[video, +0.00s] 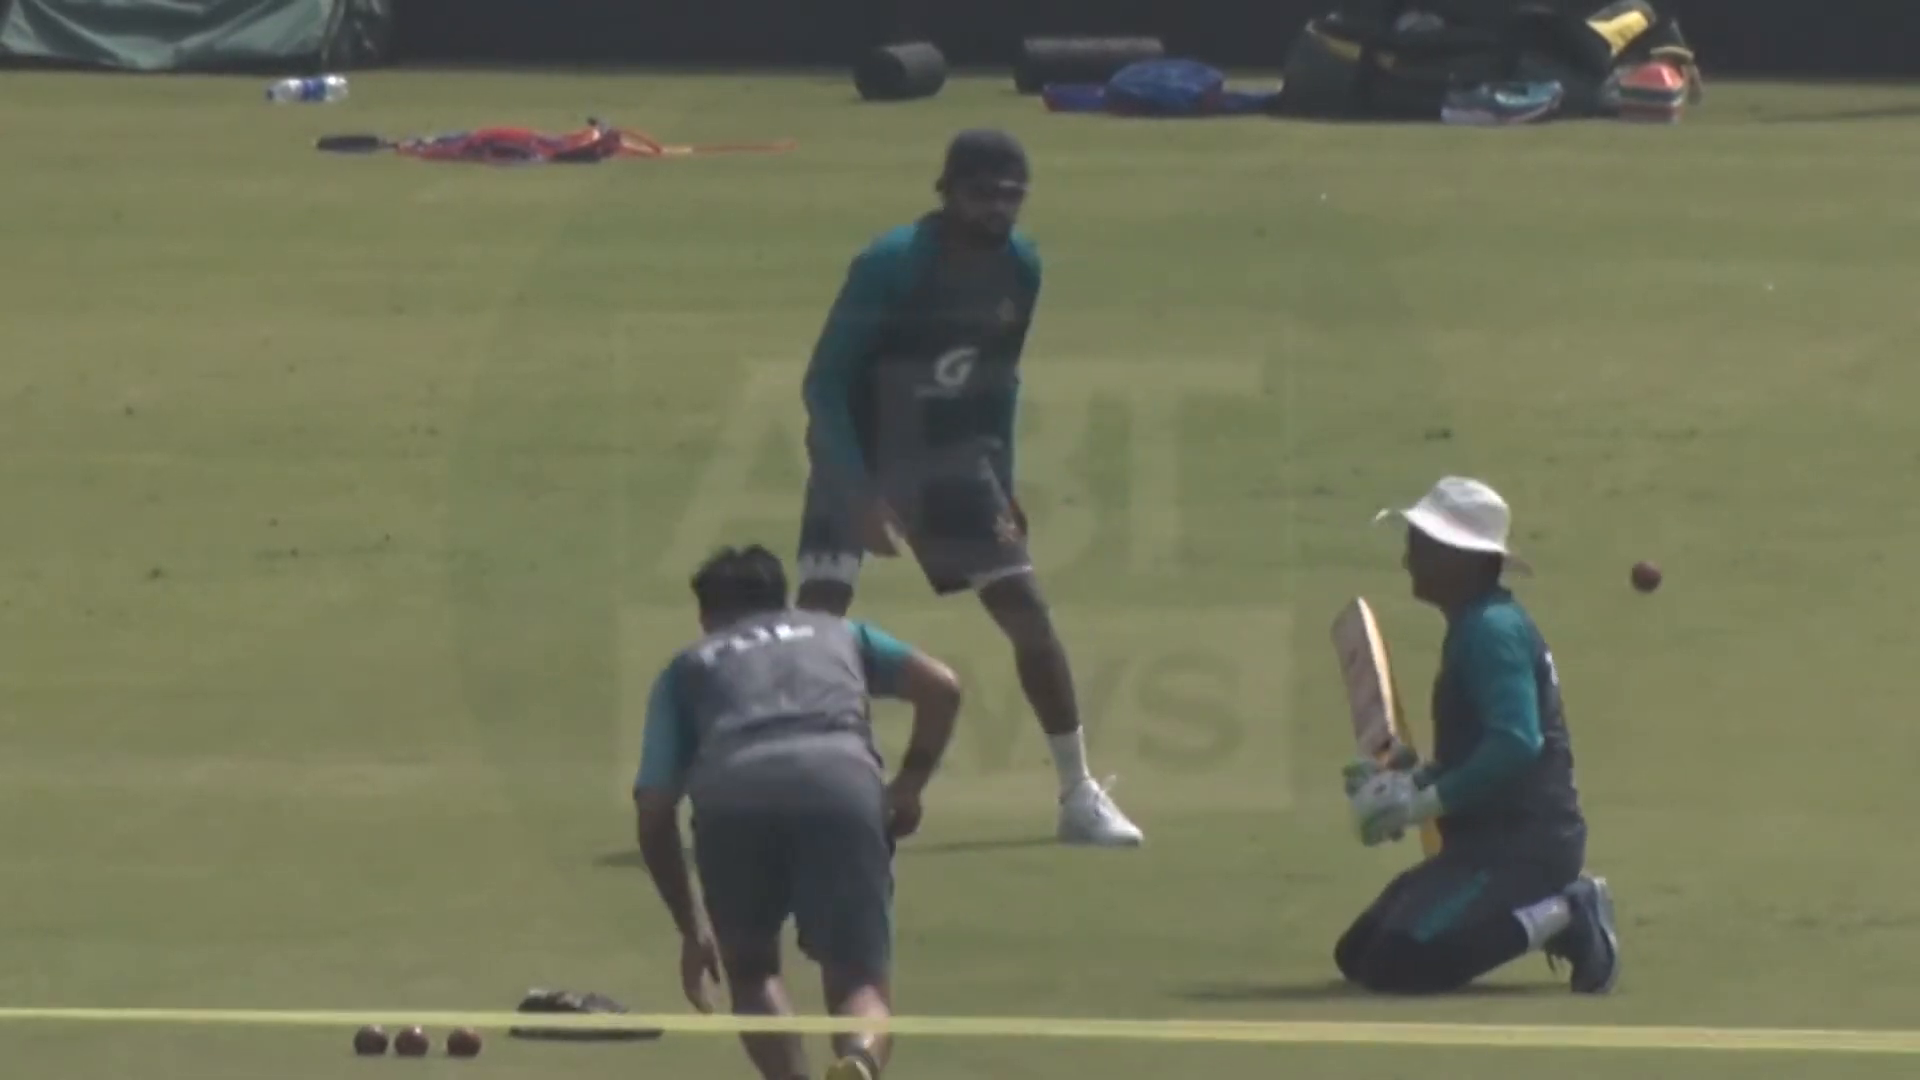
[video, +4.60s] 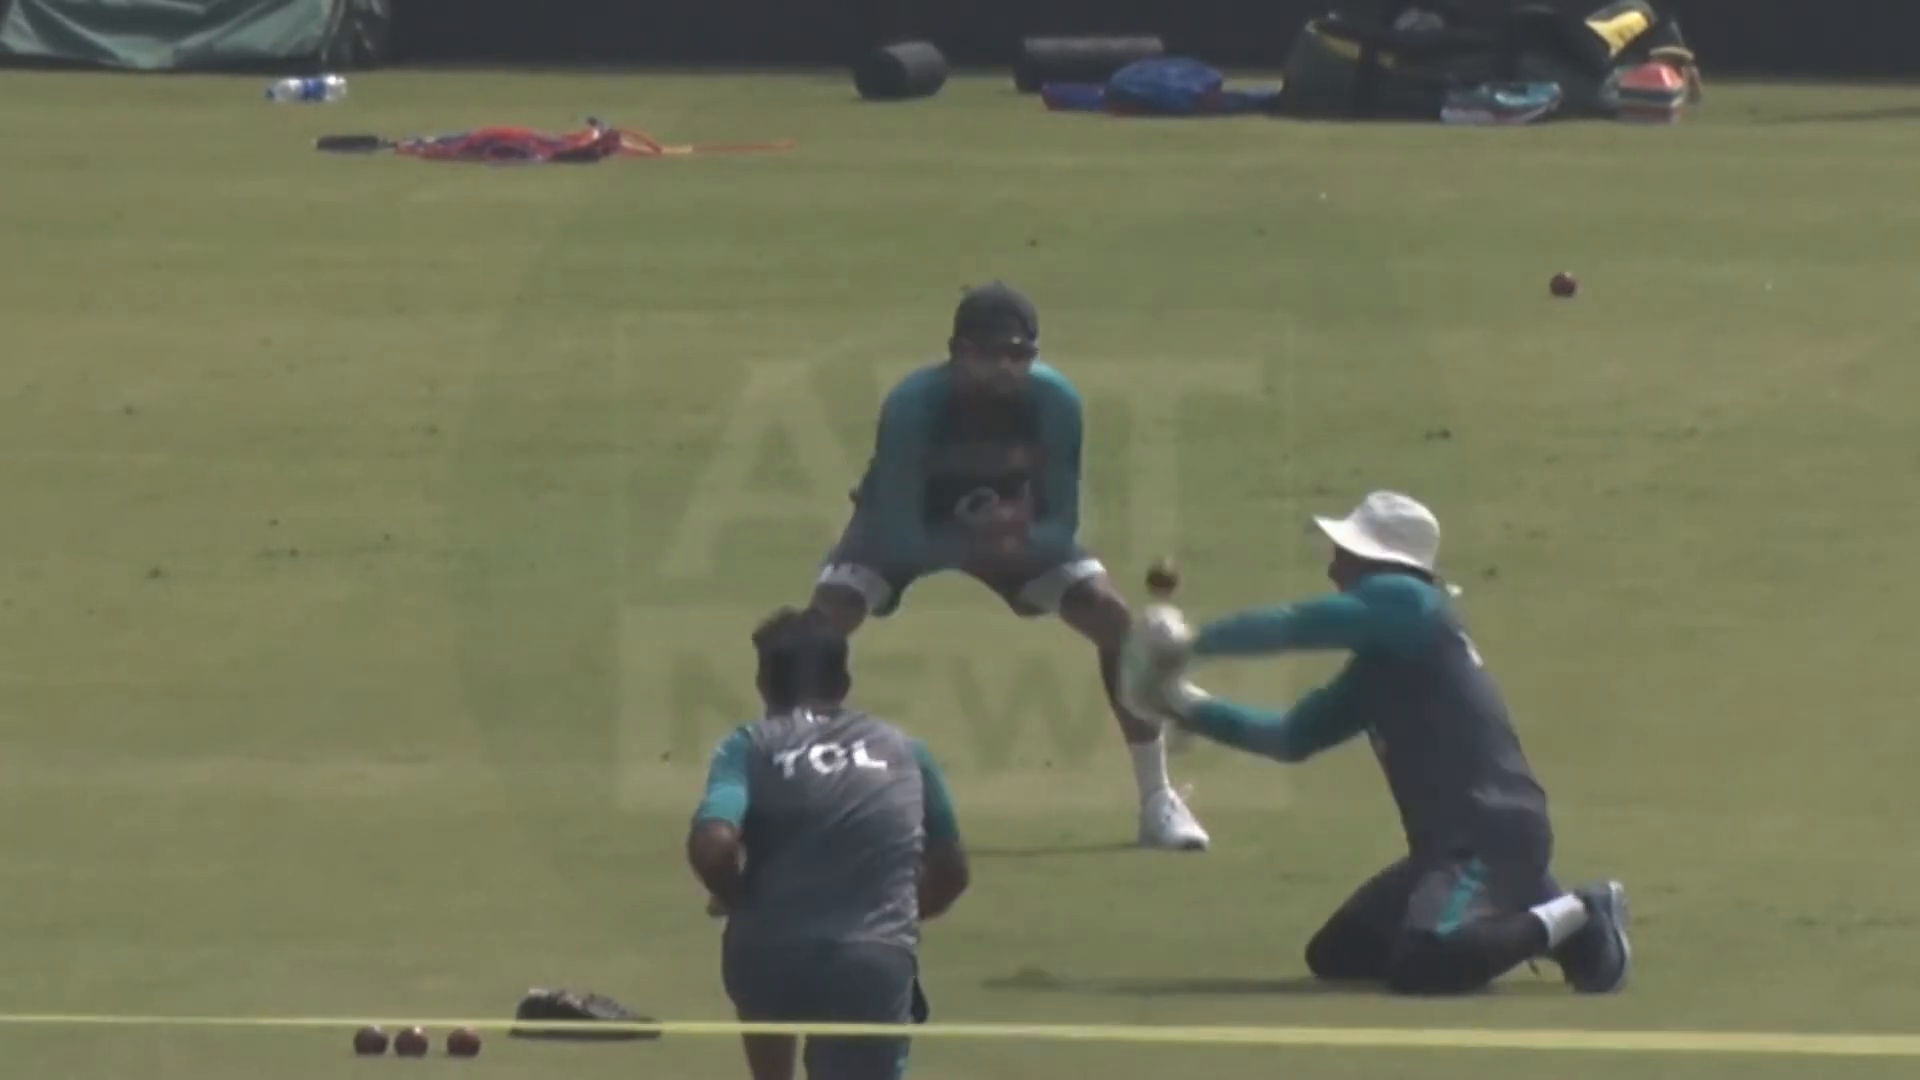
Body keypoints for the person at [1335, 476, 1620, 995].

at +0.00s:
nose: (1407, 556)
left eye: (1421, 543)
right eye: (1410, 541)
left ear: (1463, 557)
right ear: (1462, 558)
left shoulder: (1492, 628)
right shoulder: (1472, 627)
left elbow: (1517, 744)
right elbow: (1483, 760)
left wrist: (1420, 804)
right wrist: (1416, 776)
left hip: (1523, 854)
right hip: (1489, 850)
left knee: (1392, 967)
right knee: (1358, 955)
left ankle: (1565, 913)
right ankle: (1546, 912)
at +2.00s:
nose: (1389, 583)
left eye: (1393, 571)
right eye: (1389, 570)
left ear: (1413, 578)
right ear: (1456, 571)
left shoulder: (1459, 637)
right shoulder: (1463, 634)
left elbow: (1477, 760)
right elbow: (1461, 773)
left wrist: (1396, 828)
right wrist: (1396, 793)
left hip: (1519, 858)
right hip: (1482, 855)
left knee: (1416, 968)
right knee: (1359, 956)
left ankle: (1577, 915)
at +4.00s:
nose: (1418, 587)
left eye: (1436, 571)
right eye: (1409, 573)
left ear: (1473, 578)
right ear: (1397, 579)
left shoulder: (1493, 653)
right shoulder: (1434, 646)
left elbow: (1499, 783)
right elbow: (1450, 767)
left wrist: (1409, 819)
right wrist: (1399, 776)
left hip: (1528, 860)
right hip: (1469, 856)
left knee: (1416, 970)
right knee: (1357, 959)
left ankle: (1578, 919)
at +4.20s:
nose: (1414, 582)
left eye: (1431, 566)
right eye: (1406, 567)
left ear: (1470, 572)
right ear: (1396, 572)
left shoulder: (1492, 640)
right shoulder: (1437, 637)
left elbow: (1448, 766)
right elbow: (1429, 736)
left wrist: (1363, 762)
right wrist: (1369, 720)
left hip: (1520, 857)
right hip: (1463, 851)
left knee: (1415, 971)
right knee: (1356, 959)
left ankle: (1575, 918)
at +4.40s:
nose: (1401, 580)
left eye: (1418, 563)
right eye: (1393, 565)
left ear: (1455, 568)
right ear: (1383, 570)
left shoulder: (1478, 630)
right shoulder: (1431, 636)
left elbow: (1414, 735)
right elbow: (1411, 728)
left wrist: (1317, 725)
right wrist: (1322, 696)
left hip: (1514, 857)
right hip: (1458, 853)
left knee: (1419, 971)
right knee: (1344, 949)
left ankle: (1575, 918)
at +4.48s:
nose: (1374, 580)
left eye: (1388, 566)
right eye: (1372, 566)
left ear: (1429, 570)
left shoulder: (1458, 625)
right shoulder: (1423, 638)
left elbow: (1377, 722)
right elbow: (1377, 751)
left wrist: (1281, 712)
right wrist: (1281, 723)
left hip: (1506, 857)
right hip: (1454, 858)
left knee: (1422, 969)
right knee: (1339, 955)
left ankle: (1576, 917)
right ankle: (1505, 927)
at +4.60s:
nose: (1333, 563)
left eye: (1344, 552)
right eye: (1337, 551)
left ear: (1377, 559)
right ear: (1394, 563)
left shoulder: (1408, 603)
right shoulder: (1387, 660)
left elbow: (1297, 625)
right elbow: (1292, 737)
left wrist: (1191, 640)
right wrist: (1180, 703)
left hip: (1489, 846)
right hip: (1446, 851)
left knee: (1416, 968)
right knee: (1335, 955)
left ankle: (1576, 915)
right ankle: (1520, 923)